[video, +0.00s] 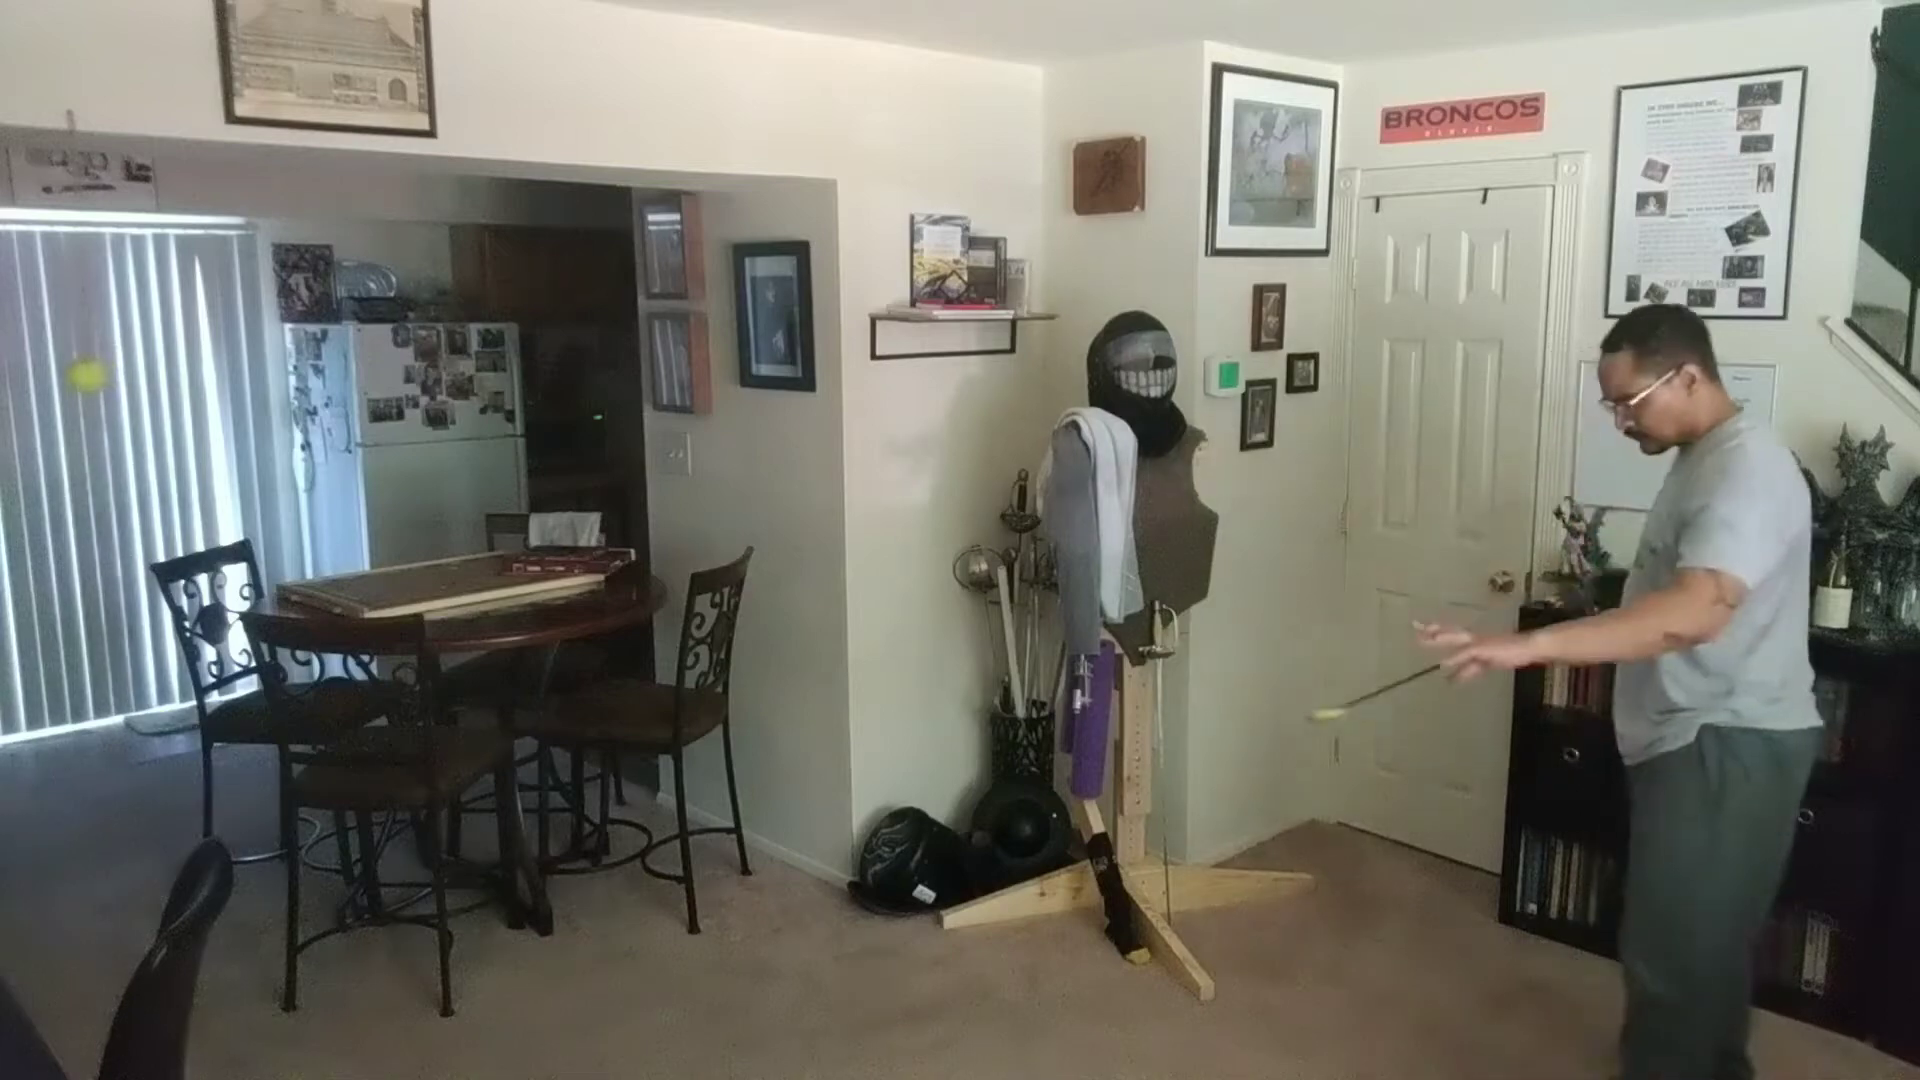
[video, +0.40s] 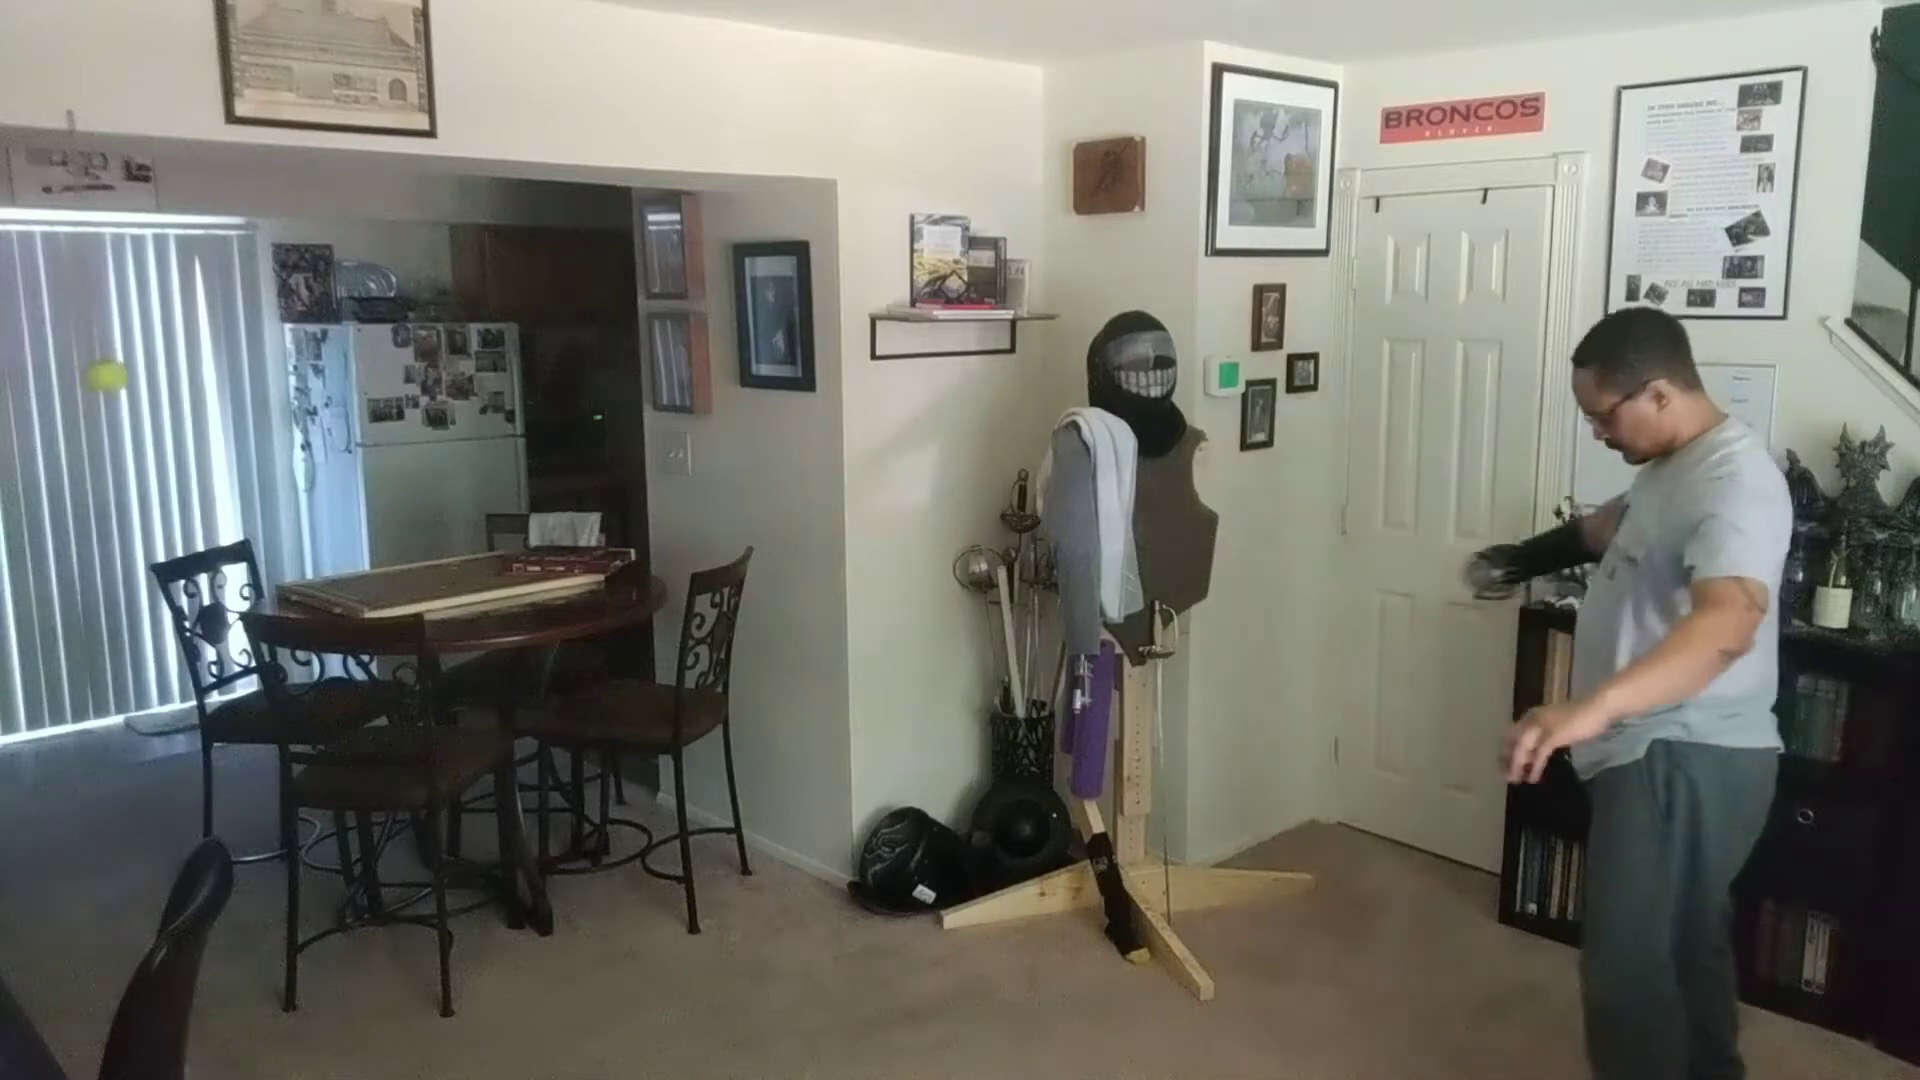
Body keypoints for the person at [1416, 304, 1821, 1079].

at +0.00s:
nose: (1621, 422)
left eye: (1629, 402)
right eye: (1614, 407)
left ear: (1688, 378)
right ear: (1686, 383)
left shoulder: (1749, 466)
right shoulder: (1701, 462)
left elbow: (1695, 610)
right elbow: (1683, 602)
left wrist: (1525, 647)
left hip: (1728, 748)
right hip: (1692, 741)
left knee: (1679, 968)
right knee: (1682, 958)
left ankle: (1672, 1070)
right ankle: (1711, 1065)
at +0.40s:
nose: (1599, 433)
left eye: (1604, 416)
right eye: (1592, 419)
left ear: (1657, 394)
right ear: (1660, 392)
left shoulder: (1734, 474)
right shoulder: (1680, 466)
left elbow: (1728, 623)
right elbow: (1609, 526)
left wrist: (1591, 710)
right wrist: (1530, 554)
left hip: (1680, 769)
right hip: (1657, 758)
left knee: (1627, 976)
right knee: (1689, 956)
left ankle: (1648, 1072)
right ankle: (1710, 1067)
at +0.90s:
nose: (1562, 429)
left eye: (1572, 411)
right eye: (1556, 413)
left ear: (1636, 389)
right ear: (1619, 394)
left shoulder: (1708, 486)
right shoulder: (1582, 475)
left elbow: (1770, 635)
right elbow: (1518, 521)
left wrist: (1678, 729)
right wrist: (1425, 577)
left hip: (1643, 789)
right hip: (1537, 767)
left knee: (1619, 1001)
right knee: (1488, 910)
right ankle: (1533, 1054)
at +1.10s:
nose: (1568, 402)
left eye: (1591, 382)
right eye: (1553, 381)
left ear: (1638, 378)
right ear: (1538, 379)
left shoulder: (1678, 485)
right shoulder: (1525, 465)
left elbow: (1740, 600)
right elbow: (1453, 520)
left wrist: (1701, 714)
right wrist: (1375, 592)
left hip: (1618, 780)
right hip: (1498, 761)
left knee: (1609, 998)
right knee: (1418, 918)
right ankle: (1384, 1056)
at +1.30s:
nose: (1528, 389)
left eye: (1552, 372)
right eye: (1511, 370)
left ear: (1587, 381)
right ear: (1492, 377)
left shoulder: (1634, 496)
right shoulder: (1452, 481)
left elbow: (1696, 641)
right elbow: (1382, 568)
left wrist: (1698, 776)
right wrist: (1308, 672)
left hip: (1578, 784)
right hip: (1445, 770)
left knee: (1589, 1006)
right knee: (1363, 964)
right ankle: (1327, 1070)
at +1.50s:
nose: (1459, 377)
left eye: (1483, 362)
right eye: (1442, 360)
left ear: (1515, 375)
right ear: (1423, 370)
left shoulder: (1562, 491)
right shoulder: (1363, 480)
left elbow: (1624, 638)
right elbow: (1318, 616)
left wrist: (1631, 788)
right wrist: (1280, 750)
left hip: (1509, 773)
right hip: (1374, 767)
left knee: (1546, 971)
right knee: (1326, 957)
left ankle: (1591, 1078)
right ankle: (1319, 1070)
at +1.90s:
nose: (1392, 368)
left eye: (1410, 350)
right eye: (1371, 354)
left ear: (1434, 361)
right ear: (1348, 368)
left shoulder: (1484, 461)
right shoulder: (1304, 489)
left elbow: (1512, 546)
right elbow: (1287, 622)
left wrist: (1467, 636)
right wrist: (1284, 665)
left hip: (1444, 739)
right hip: (1332, 749)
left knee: (1427, 910)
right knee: (1321, 926)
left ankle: (1366, 1046)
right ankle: (1315, 1063)